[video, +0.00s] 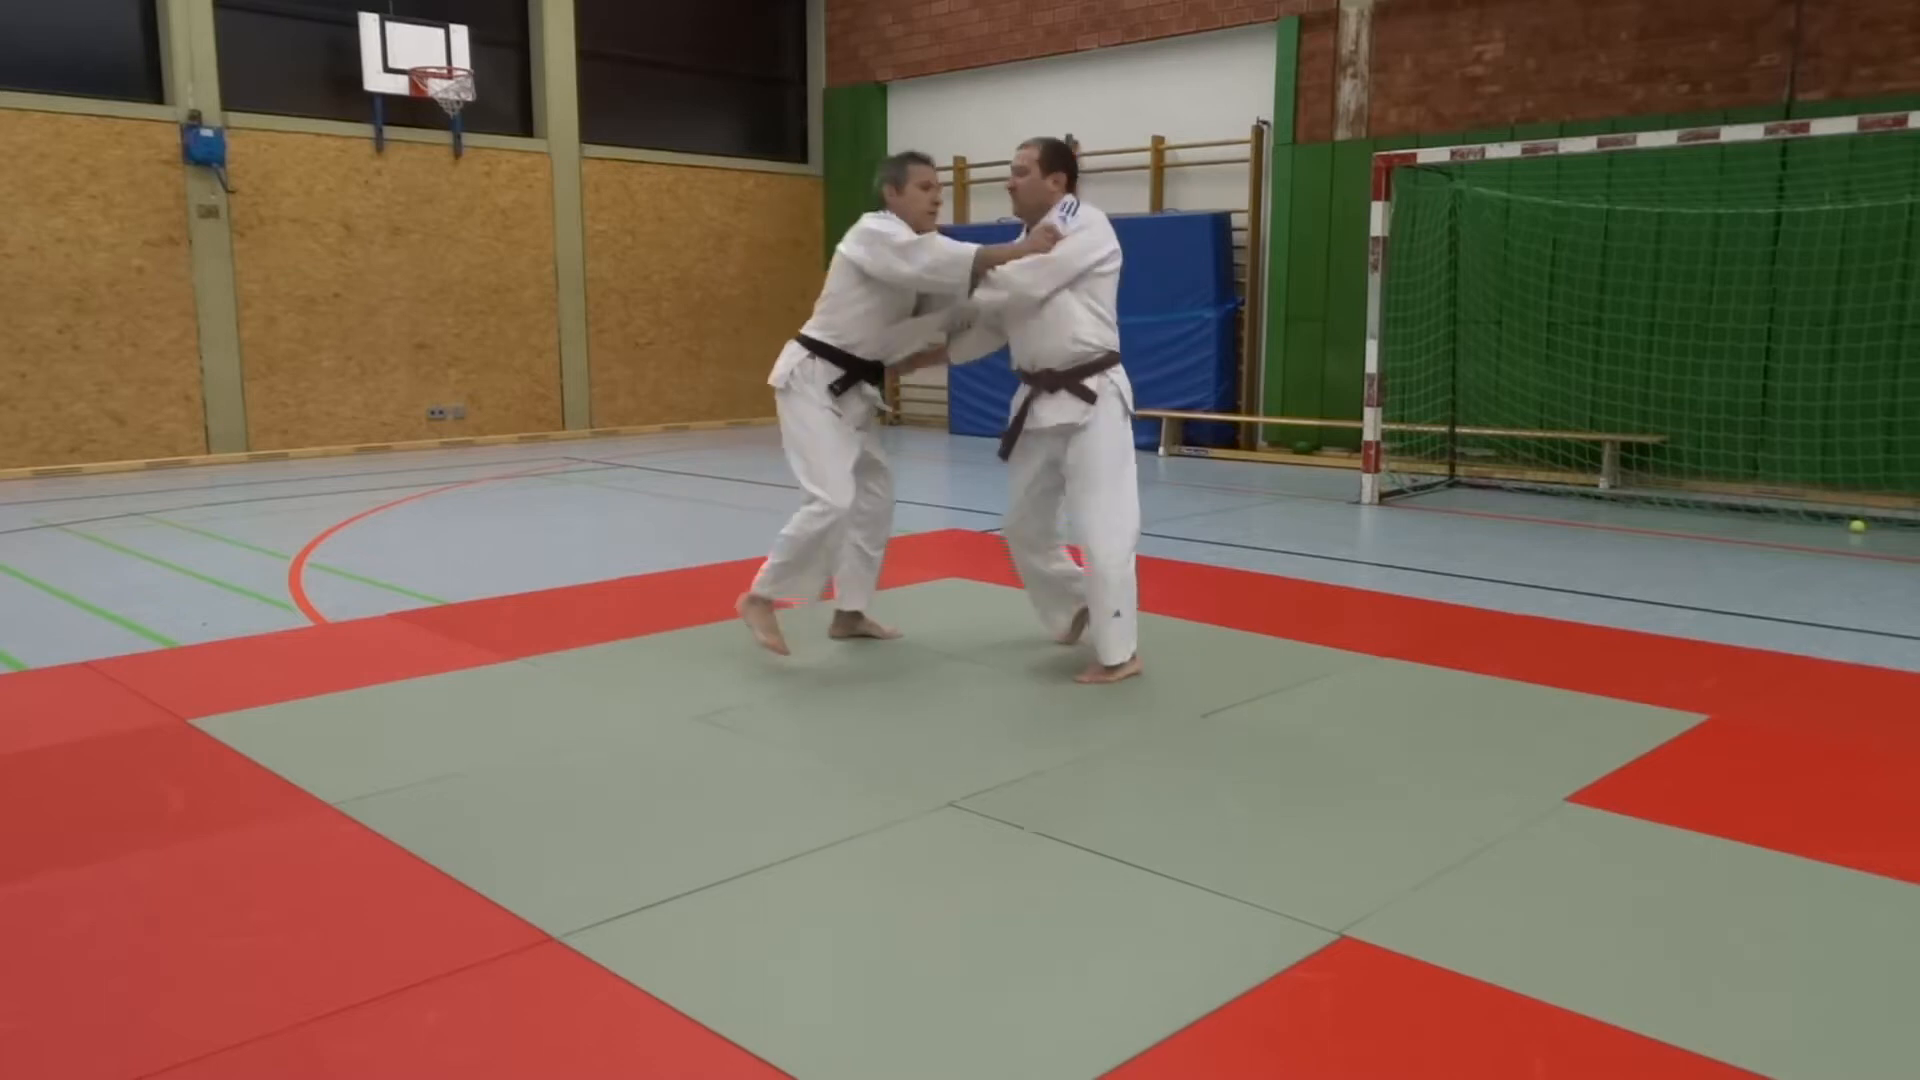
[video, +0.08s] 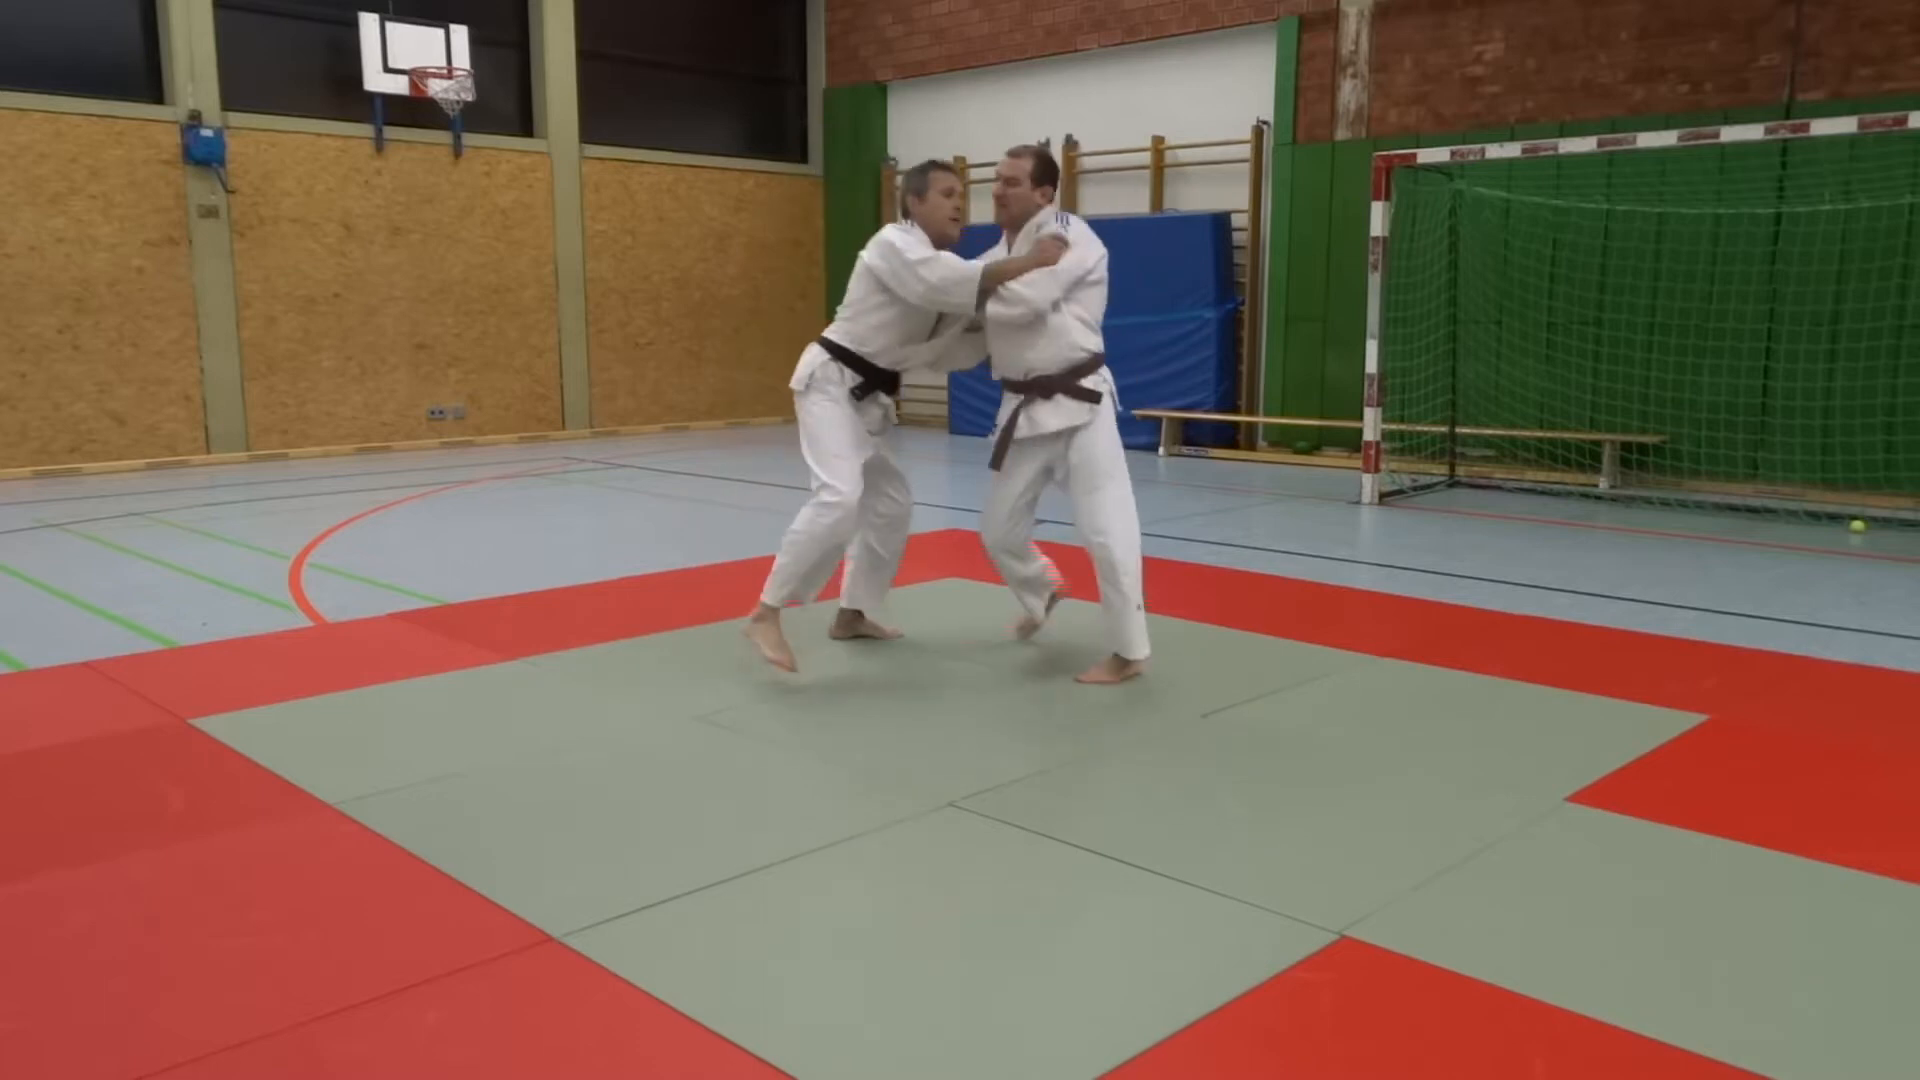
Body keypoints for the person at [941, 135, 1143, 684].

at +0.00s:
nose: (1010, 181)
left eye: (1021, 173)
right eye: (1011, 172)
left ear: (1057, 182)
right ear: (1036, 184)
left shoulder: (1090, 226)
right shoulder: (1017, 248)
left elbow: (1028, 283)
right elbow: (992, 327)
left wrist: (967, 296)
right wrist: (927, 355)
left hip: (1095, 395)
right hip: (1040, 399)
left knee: (1103, 527)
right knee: (1023, 526)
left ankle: (1119, 653)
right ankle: (1078, 609)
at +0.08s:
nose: (998, 192)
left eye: (1010, 184)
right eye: (997, 182)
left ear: (1044, 192)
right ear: (1000, 190)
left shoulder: (1075, 238)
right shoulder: (998, 253)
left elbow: (1028, 299)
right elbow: (971, 342)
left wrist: (962, 292)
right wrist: (895, 354)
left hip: (1082, 401)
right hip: (1024, 405)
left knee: (1107, 531)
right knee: (1000, 533)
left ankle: (1131, 653)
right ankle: (1041, 591)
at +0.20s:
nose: (980, 203)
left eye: (993, 194)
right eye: (976, 193)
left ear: (1021, 200)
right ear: (969, 197)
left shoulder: (1055, 249)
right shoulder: (969, 263)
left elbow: (1033, 312)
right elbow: (949, 323)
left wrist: (962, 300)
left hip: (1058, 408)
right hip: (993, 413)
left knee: (1092, 532)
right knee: (978, 539)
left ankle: (1128, 649)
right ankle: (981, 631)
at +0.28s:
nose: (980, 204)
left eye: (992, 195)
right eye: (974, 194)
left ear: (1020, 201)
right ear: (967, 200)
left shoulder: (1056, 253)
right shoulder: (966, 269)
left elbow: (1038, 315)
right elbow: (941, 335)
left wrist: (961, 310)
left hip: (1047, 411)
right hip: (982, 412)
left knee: (1074, 537)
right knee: (965, 541)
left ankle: (1123, 649)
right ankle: (970, 627)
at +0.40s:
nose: (972, 200)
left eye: (985, 192)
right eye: (967, 190)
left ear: (1014, 200)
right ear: (961, 195)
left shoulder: (1051, 254)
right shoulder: (950, 263)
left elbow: (1039, 319)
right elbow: (898, 310)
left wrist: (965, 299)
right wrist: (827, 332)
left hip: (1036, 408)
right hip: (972, 409)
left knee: (1067, 534)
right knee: (958, 540)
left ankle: (1113, 650)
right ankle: (965, 628)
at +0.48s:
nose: (971, 199)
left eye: (983, 190)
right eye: (965, 189)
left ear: (1012, 197)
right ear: (959, 195)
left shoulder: (1044, 251)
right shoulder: (946, 252)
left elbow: (1028, 312)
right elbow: (920, 306)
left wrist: (961, 295)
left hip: (1034, 403)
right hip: (972, 404)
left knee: (1062, 529)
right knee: (953, 539)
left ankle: (1103, 645)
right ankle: (966, 630)